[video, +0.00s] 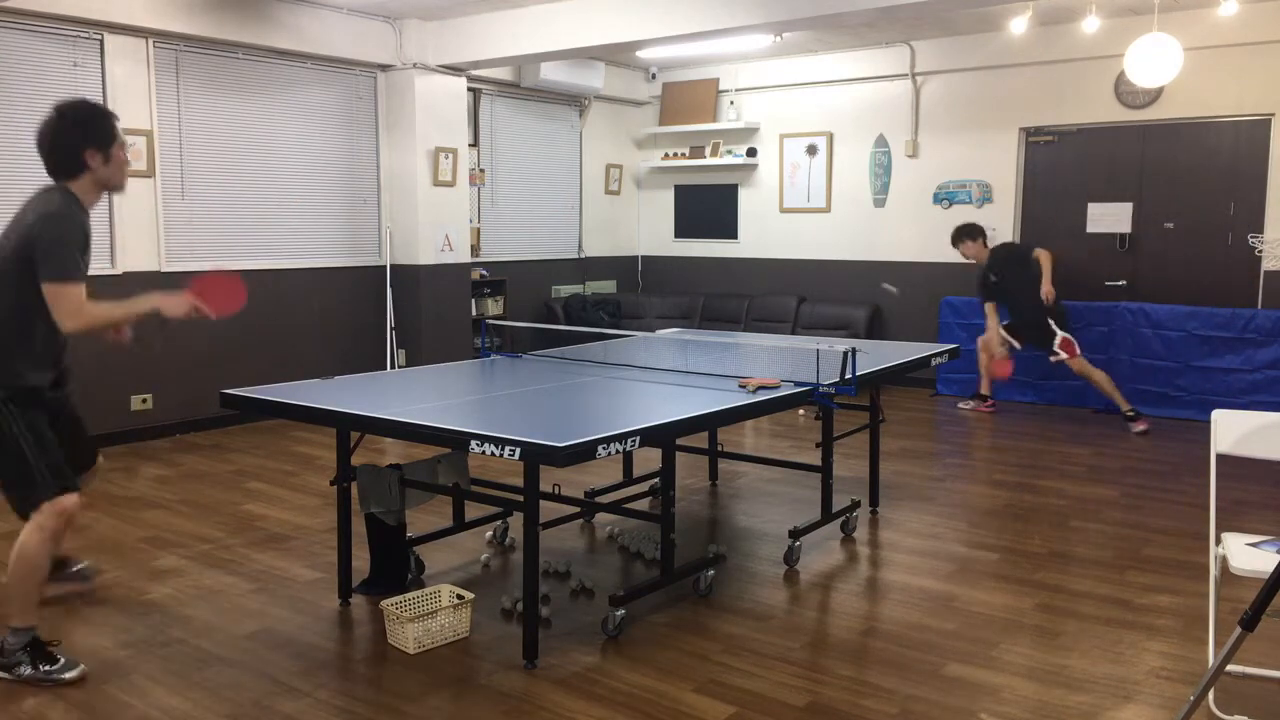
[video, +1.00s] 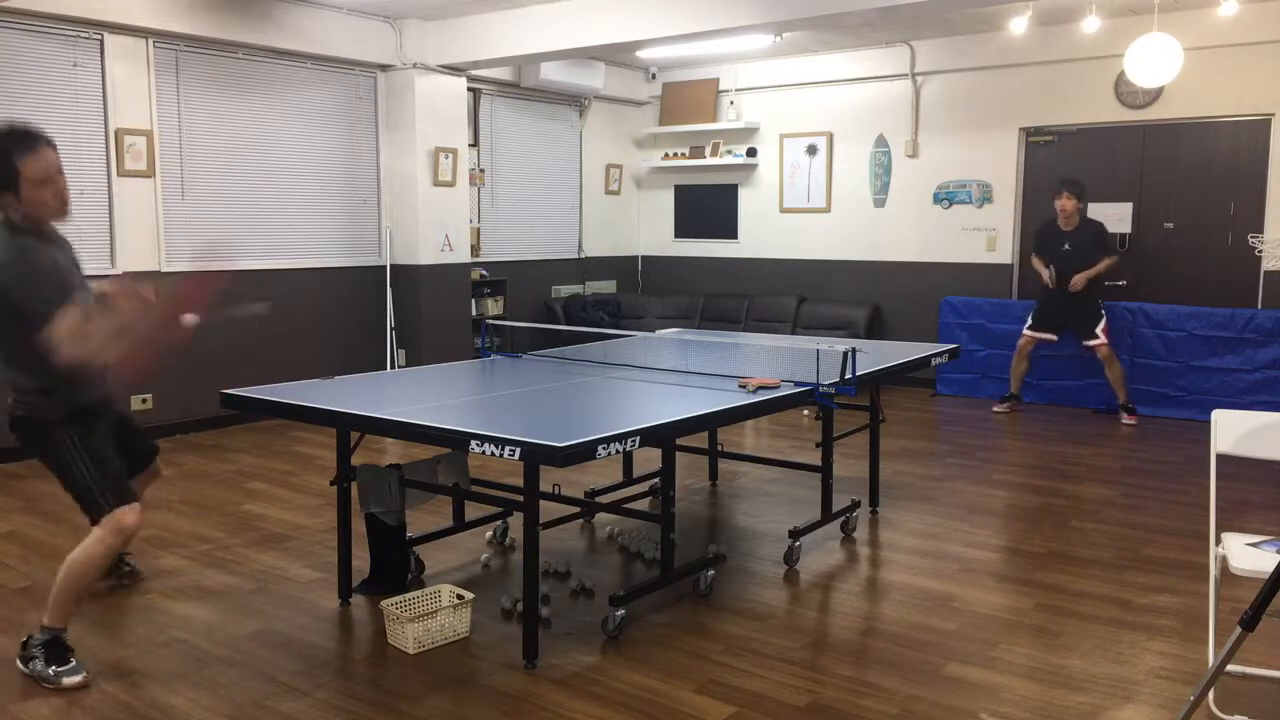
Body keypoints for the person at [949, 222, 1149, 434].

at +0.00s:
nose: (963, 253)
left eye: (964, 247)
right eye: (960, 249)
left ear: (978, 240)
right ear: (968, 248)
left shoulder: (1006, 250)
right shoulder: (985, 278)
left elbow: (1044, 255)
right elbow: (991, 314)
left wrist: (1046, 283)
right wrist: (996, 346)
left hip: (1046, 316)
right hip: (1022, 322)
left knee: (1080, 367)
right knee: (984, 342)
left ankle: (1129, 413)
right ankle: (984, 398)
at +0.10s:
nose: (959, 236)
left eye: (962, 230)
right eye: (956, 232)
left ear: (977, 228)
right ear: (960, 236)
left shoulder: (1002, 242)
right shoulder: (978, 269)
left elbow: (1041, 246)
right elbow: (995, 296)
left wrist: (1052, 271)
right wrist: (1006, 316)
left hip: (1038, 309)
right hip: (1013, 314)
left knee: (1065, 363)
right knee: (973, 343)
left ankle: (1111, 408)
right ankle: (983, 398)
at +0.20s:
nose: (966, 221)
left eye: (969, 215)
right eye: (963, 216)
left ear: (984, 213)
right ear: (965, 219)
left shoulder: (1008, 232)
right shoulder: (977, 256)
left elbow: (1047, 240)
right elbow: (991, 283)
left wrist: (1059, 267)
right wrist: (1002, 288)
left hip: (1034, 303)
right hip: (1008, 308)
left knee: (1052, 357)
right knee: (969, 342)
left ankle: (1090, 405)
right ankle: (984, 397)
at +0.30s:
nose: (980, 203)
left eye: (985, 197)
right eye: (978, 199)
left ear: (999, 199)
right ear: (977, 203)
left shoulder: (1021, 222)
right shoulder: (981, 240)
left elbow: (1056, 237)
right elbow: (991, 274)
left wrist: (1063, 264)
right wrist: (1004, 268)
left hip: (1031, 299)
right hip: (1004, 302)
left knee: (1044, 352)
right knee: (971, 341)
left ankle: (1066, 400)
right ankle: (983, 397)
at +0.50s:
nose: (1013, 182)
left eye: (1018, 176)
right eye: (1009, 176)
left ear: (1029, 180)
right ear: (1004, 180)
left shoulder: (1045, 207)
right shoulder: (998, 216)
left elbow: (1070, 229)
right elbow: (994, 252)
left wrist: (1060, 257)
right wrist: (1005, 249)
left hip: (1042, 285)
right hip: (1011, 287)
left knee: (1055, 342)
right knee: (998, 341)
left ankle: (1065, 399)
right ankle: (993, 395)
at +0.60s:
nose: (1026, 189)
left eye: (1032, 184)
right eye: (1022, 183)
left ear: (1041, 188)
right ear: (1016, 187)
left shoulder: (1054, 216)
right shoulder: (1005, 221)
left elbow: (1072, 242)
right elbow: (995, 251)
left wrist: (1057, 261)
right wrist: (1008, 253)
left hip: (1049, 290)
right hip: (1016, 292)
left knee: (1071, 342)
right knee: (1000, 346)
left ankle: (1087, 395)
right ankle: (999, 395)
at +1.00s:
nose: (1061, 205)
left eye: (1068, 200)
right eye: (1058, 199)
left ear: (1080, 204)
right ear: (1054, 203)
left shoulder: (1094, 229)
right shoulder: (1045, 230)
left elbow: (1112, 258)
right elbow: (1035, 257)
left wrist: (1086, 275)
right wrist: (1044, 271)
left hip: (1085, 300)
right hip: (1052, 299)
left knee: (1105, 352)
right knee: (1023, 345)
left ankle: (1125, 404)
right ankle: (1013, 396)